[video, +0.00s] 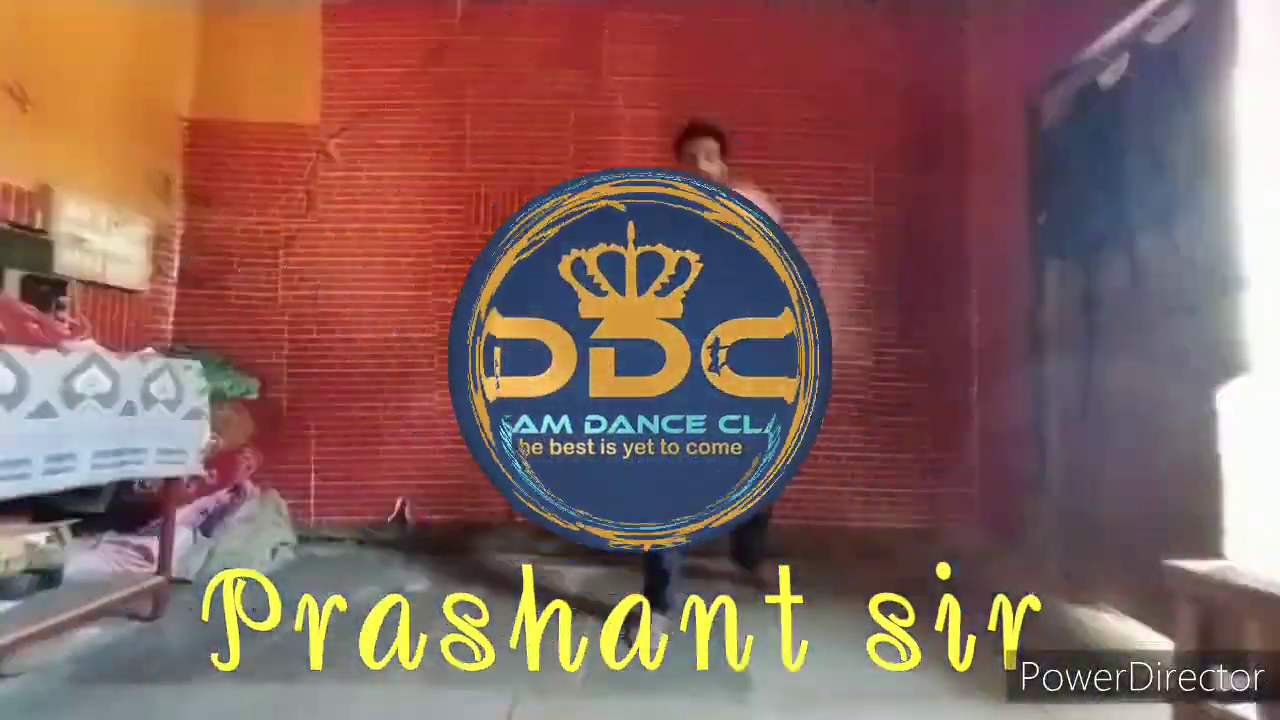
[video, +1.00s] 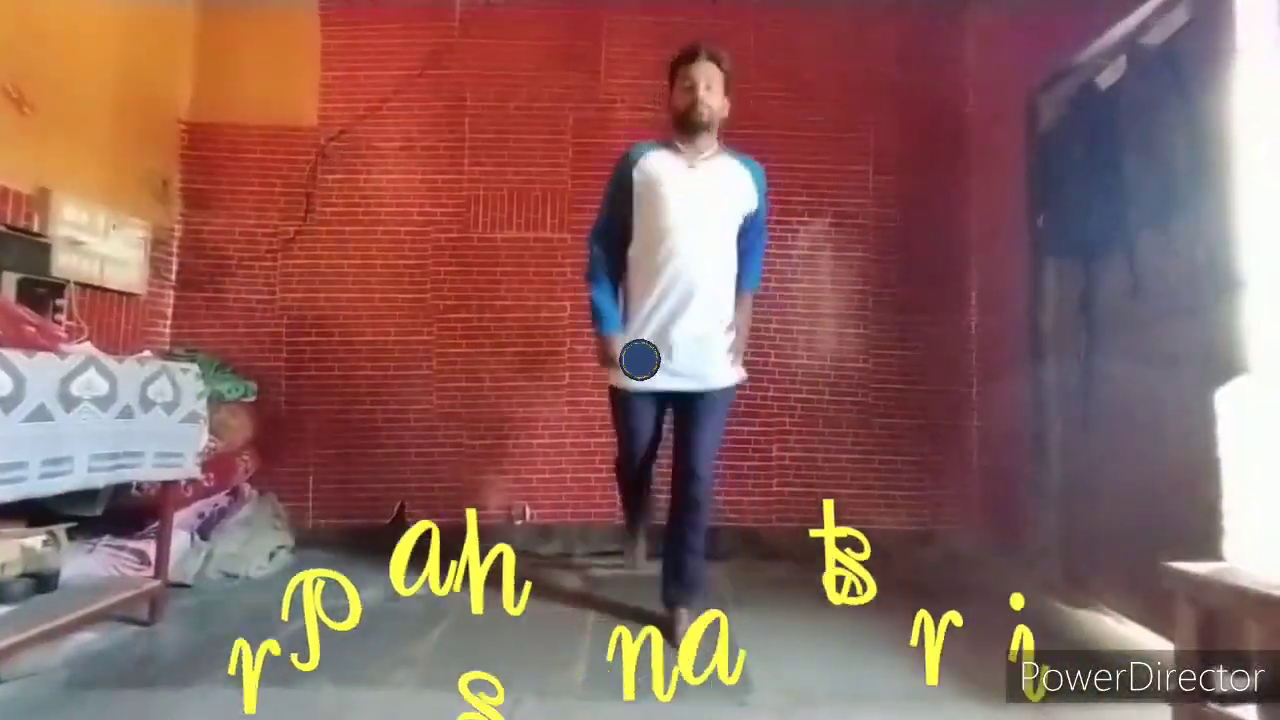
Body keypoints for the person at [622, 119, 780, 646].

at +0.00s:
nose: (704, 165)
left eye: (711, 156)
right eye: (693, 157)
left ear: (724, 159)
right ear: (680, 162)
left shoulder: (748, 204)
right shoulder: (666, 210)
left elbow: (777, 273)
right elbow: (650, 278)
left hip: (743, 353)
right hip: (672, 357)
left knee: (754, 452)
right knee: (664, 467)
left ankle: (749, 550)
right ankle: (656, 590)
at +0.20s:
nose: (702, 166)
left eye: (711, 157)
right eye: (692, 157)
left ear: (725, 163)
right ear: (679, 166)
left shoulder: (748, 221)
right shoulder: (659, 230)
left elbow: (772, 269)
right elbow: (624, 294)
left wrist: (761, 217)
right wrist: (627, 245)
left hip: (746, 384)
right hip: (680, 387)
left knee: (755, 483)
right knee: (667, 491)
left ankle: (751, 559)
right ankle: (656, 597)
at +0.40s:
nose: (680, 140)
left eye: (691, 131)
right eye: (673, 129)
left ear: (711, 140)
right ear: (660, 136)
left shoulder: (730, 183)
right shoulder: (646, 190)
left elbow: (720, 213)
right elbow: (661, 229)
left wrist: (673, 230)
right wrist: (692, 242)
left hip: (727, 357)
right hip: (665, 360)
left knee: (738, 475)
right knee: (656, 483)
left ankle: (726, 591)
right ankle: (657, 601)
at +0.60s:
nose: (673, 123)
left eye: (685, 114)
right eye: (665, 113)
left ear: (704, 127)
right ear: (652, 120)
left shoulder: (726, 176)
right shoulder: (629, 185)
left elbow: (733, 244)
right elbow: (628, 253)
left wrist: (707, 291)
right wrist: (644, 314)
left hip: (713, 358)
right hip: (650, 357)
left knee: (710, 488)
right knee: (648, 489)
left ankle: (702, 610)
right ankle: (655, 607)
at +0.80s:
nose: (686, 131)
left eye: (697, 122)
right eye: (676, 120)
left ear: (711, 134)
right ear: (656, 128)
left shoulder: (734, 197)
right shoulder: (622, 199)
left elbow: (760, 272)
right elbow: (590, 271)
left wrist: (749, 332)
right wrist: (614, 334)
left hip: (715, 372)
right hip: (643, 373)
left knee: (708, 496)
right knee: (645, 497)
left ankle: (695, 606)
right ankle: (652, 608)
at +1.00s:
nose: (702, 96)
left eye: (712, 86)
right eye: (690, 86)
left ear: (728, 98)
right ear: (672, 95)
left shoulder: (747, 176)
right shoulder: (639, 165)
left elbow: (751, 254)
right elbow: (603, 247)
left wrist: (742, 315)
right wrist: (608, 325)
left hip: (711, 355)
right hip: (640, 350)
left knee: (696, 482)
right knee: (634, 458)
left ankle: (682, 601)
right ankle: (636, 521)